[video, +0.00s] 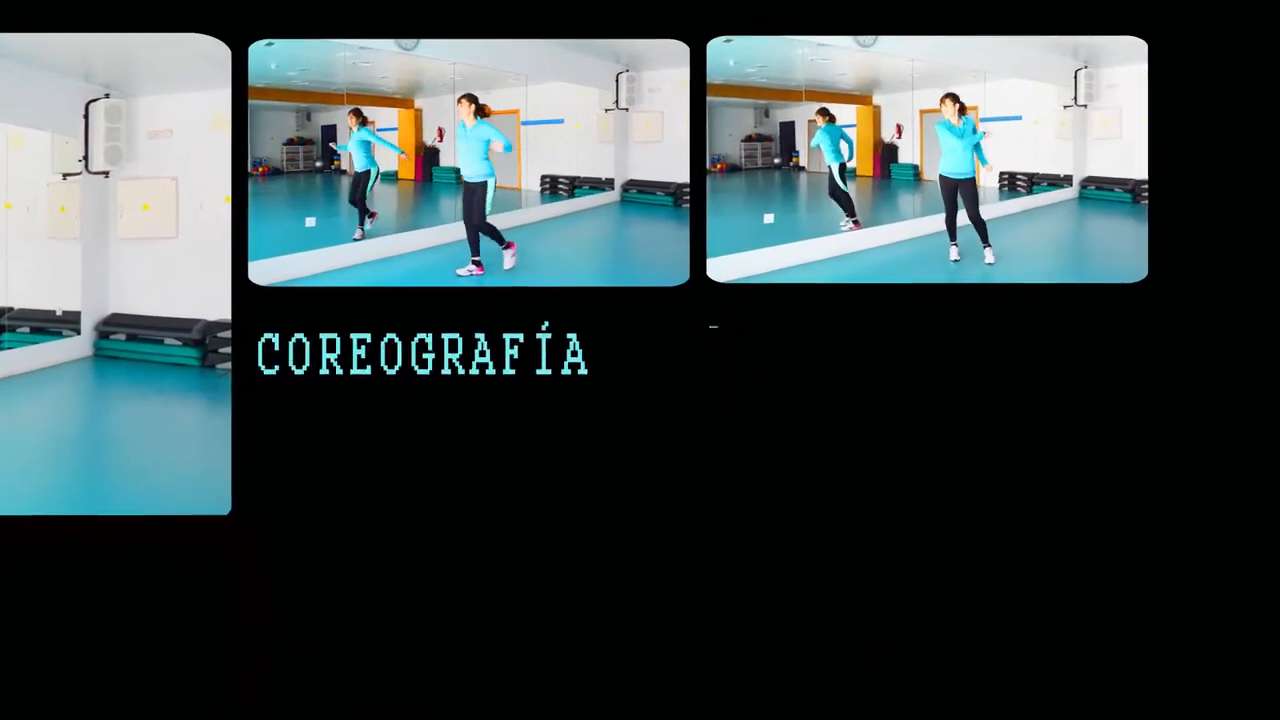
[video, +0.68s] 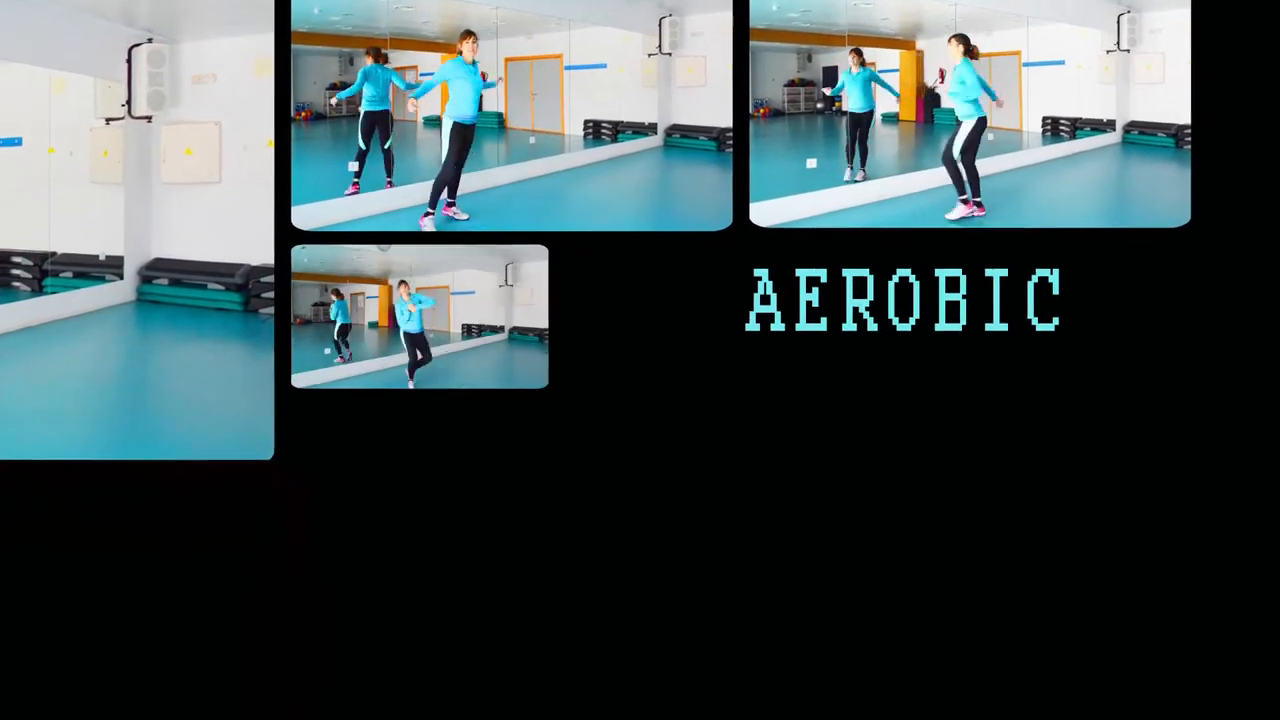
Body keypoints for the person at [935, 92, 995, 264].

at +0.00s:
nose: (943, 108)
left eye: (946, 104)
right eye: (942, 105)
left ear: (956, 106)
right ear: (942, 108)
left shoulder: (969, 122)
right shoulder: (941, 126)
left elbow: (975, 144)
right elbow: (960, 142)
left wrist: (984, 162)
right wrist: (980, 135)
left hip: (967, 176)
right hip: (947, 176)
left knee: (973, 214)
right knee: (950, 213)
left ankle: (987, 247)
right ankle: (953, 245)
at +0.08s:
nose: (944, 96)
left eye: (947, 92)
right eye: (943, 93)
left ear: (958, 93)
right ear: (947, 95)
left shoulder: (973, 109)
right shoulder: (944, 113)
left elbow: (980, 132)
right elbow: (955, 132)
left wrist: (987, 153)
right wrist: (985, 130)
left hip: (971, 162)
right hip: (951, 163)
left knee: (979, 202)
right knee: (954, 202)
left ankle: (991, 238)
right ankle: (955, 236)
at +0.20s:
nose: (948, 82)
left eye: (951, 78)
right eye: (948, 79)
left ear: (962, 79)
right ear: (950, 81)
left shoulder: (979, 97)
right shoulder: (948, 100)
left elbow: (993, 117)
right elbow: (944, 117)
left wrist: (999, 137)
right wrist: (946, 127)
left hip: (978, 150)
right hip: (958, 150)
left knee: (987, 188)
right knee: (953, 189)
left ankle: (997, 226)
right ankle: (957, 226)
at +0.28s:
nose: (951, 81)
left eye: (954, 76)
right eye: (950, 77)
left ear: (965, 77)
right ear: (953, 79)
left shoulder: (983, 94)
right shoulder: (951, 99)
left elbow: (1000, 110)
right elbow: (934, 111)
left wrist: (1011, 129)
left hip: (983, 149)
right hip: (963, 149)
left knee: (992, 184)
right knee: (954, 184)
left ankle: (1002, 221)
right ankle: (954, 226)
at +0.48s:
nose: (952, 65)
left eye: (955, 61)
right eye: (952, 62)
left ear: (966, 62)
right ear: (955, 65)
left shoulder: (981, 83)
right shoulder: (951, 84)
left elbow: (999, 95)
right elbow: (938, 97)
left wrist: (1008, 101)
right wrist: (925, 108)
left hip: (980, 136)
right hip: (962, 137)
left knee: (988, 177)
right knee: (959, 177)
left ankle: (1010, 201)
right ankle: (963, 218)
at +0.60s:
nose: (949, 54)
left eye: (952, 51)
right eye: (950, 51)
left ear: (963, 53)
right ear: (959, 53)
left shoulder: (976, 74)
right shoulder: (954, 73)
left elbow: (995, 93)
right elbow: (958, 94)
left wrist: (981, 95)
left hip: (976, 125)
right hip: (962, 125)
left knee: (962, 166)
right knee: (961, 167)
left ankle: (990, 196)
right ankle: (971, 209)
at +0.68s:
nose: (948, 48)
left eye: (951, 44)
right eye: (949, 45)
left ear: (961, 47)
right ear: (962, 48)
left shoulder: (963, 66)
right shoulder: (964, 66)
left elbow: (974, 93)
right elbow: (981, 82)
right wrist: (994, 97)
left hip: (972, 119)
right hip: (972, 118)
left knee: (948, 157)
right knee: (968, 159)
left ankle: (965, 203)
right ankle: (977, 204)